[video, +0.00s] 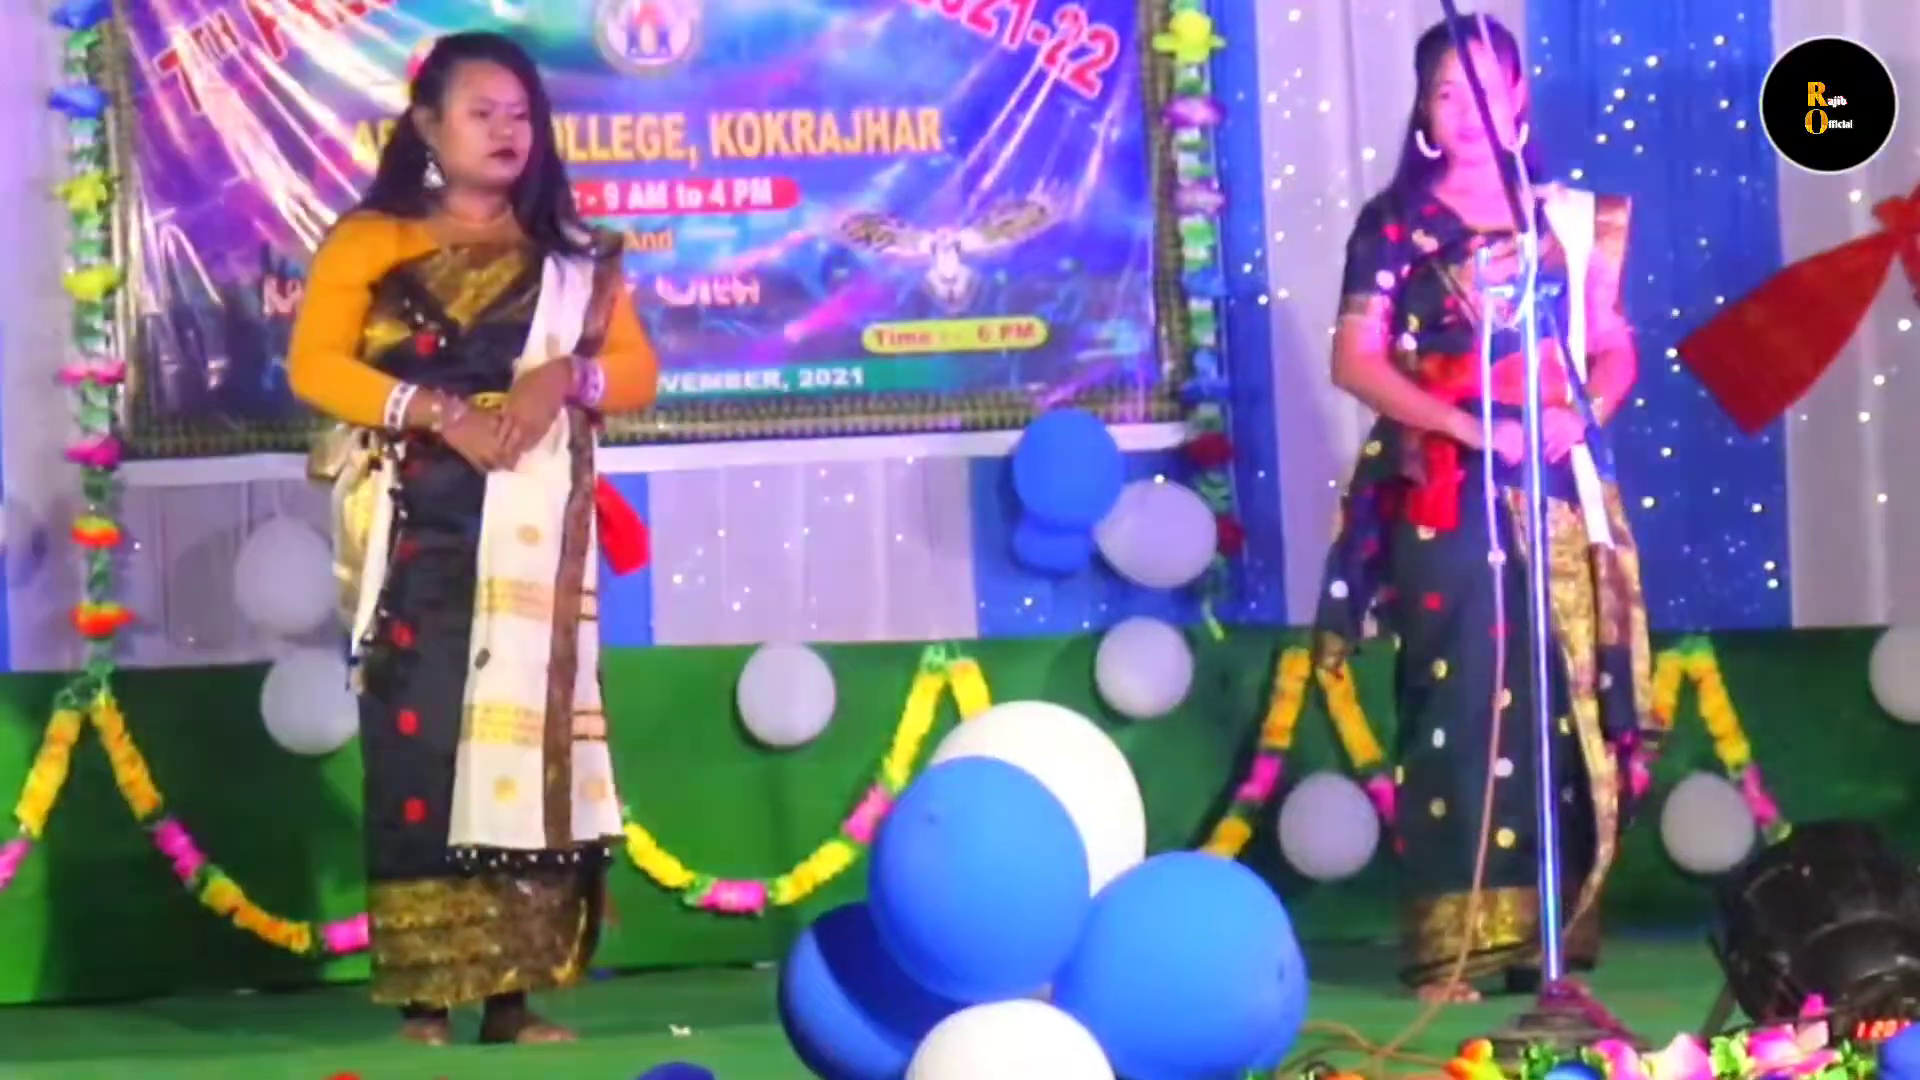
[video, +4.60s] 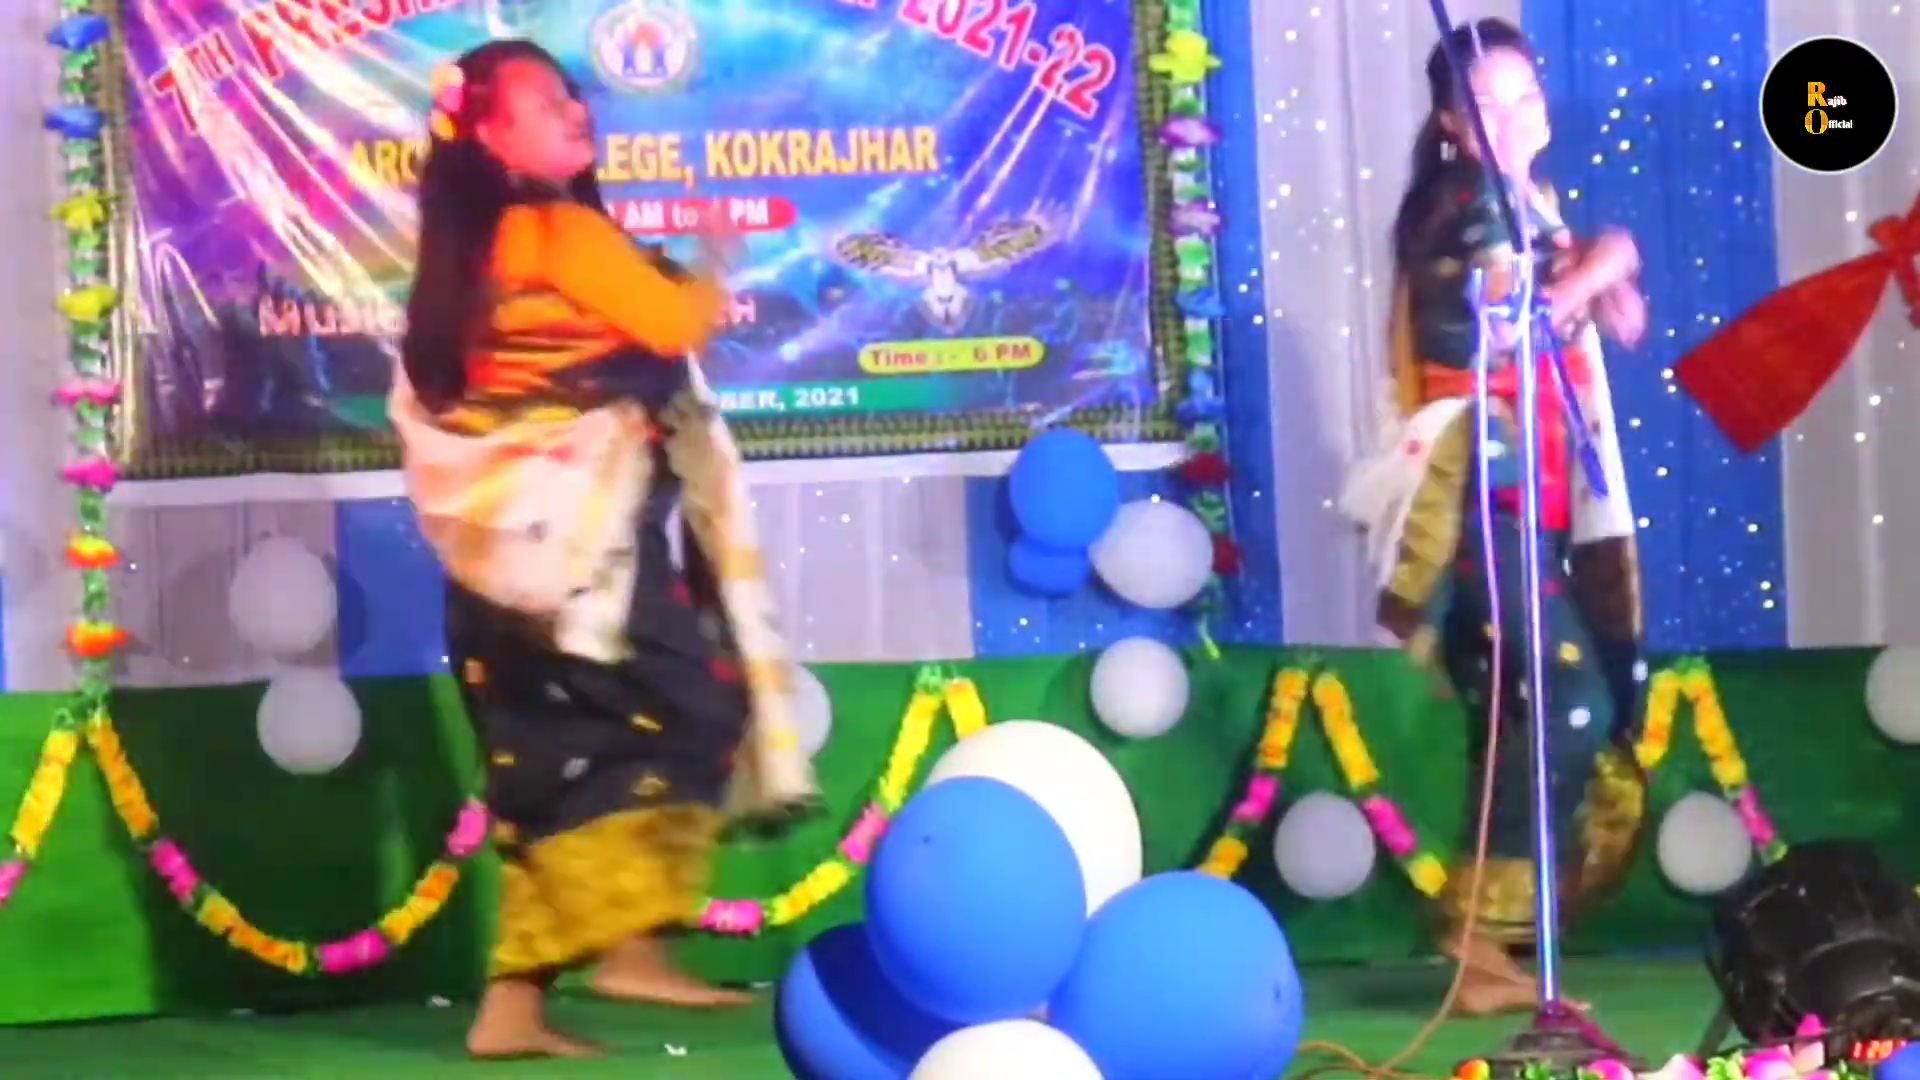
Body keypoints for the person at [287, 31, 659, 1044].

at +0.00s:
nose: (508, 131)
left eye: (521, 114)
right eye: (483, 113)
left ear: (538, 128)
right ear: (430, 127)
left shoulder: (570, 250)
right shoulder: (369, 240)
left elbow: (640, 377)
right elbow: (313, 365)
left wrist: (567, 377)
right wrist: (432, 406)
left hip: (535, 540)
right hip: (419, 537)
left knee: (527, 744)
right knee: (420, 749)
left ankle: (508, 997)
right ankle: (424, 997)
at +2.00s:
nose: (506, 154)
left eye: (522, 137)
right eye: (483, 132)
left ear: (540, 154)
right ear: (430, 142)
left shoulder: (564, 273)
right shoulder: (362, 259)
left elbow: (633, 392)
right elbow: (306, 382)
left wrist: (552, 395)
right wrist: (422, 425)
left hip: (526, 561)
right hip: (408, 555)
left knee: (521, 762)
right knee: (401, 766)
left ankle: (508, 1011)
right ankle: (389, 1011)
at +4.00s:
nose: (477, 152)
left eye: (492, 135)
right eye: (453, 133)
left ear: (511, 150)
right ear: (402, 147)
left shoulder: (549, 269)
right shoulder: (345, 264)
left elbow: (622, 386)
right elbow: (287, 389)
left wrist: (538, 399)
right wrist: (409, 433)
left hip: (520, 561)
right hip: (403, 559)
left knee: (518, 765)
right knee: (395, 771)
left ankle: (508, 1016)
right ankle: (386, 1017)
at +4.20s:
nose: (513, 141)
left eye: (519, 125)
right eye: (488, 126)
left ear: (529, 137)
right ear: (428, 141)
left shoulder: (556, 260)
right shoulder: (374, 251)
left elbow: (631, 380)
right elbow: (327, 374)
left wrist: (574, 406)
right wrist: (448, 397)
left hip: (536, 547)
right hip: (422, 544)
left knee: (530, 752)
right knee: (408, 760)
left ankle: (513, 1010)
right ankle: (390, 1012)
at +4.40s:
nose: (533, 146)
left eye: (534, 127)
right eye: (505, 134)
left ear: (546, 149)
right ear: (451, 166)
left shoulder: (549, 271)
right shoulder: (453, 266)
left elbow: (664, 360)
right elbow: (548, 340)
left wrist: (673, 275)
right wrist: (626, 276)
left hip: (577, 556)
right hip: (501, 558)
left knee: (579, 776)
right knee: (520, 773)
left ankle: (510, 1010)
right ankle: (421, 979)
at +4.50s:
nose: (550, 125)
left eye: (547, 108)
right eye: (523, 115)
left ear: (547, 132)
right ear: (469, 148)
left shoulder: (528, 237)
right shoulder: (493, 236)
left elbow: (678, 318)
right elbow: (632, 280)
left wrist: (639, 213)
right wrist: (637, 202)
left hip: (550, 546)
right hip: (529, 549)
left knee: (563, 765)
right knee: (566, 766)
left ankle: (511, 1007)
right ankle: (497, 1013)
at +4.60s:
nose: (580, 114)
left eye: (570, 98)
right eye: (555, 102)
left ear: (489, 138)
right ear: (498, 131)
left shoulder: (460, 245)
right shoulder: (561, 230)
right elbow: (677, 326)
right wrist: (714, 280)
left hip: (502, 560)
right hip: (595, 549)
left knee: (543, 764)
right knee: (690, 708)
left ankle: (511, 1003)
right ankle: (635, 953)